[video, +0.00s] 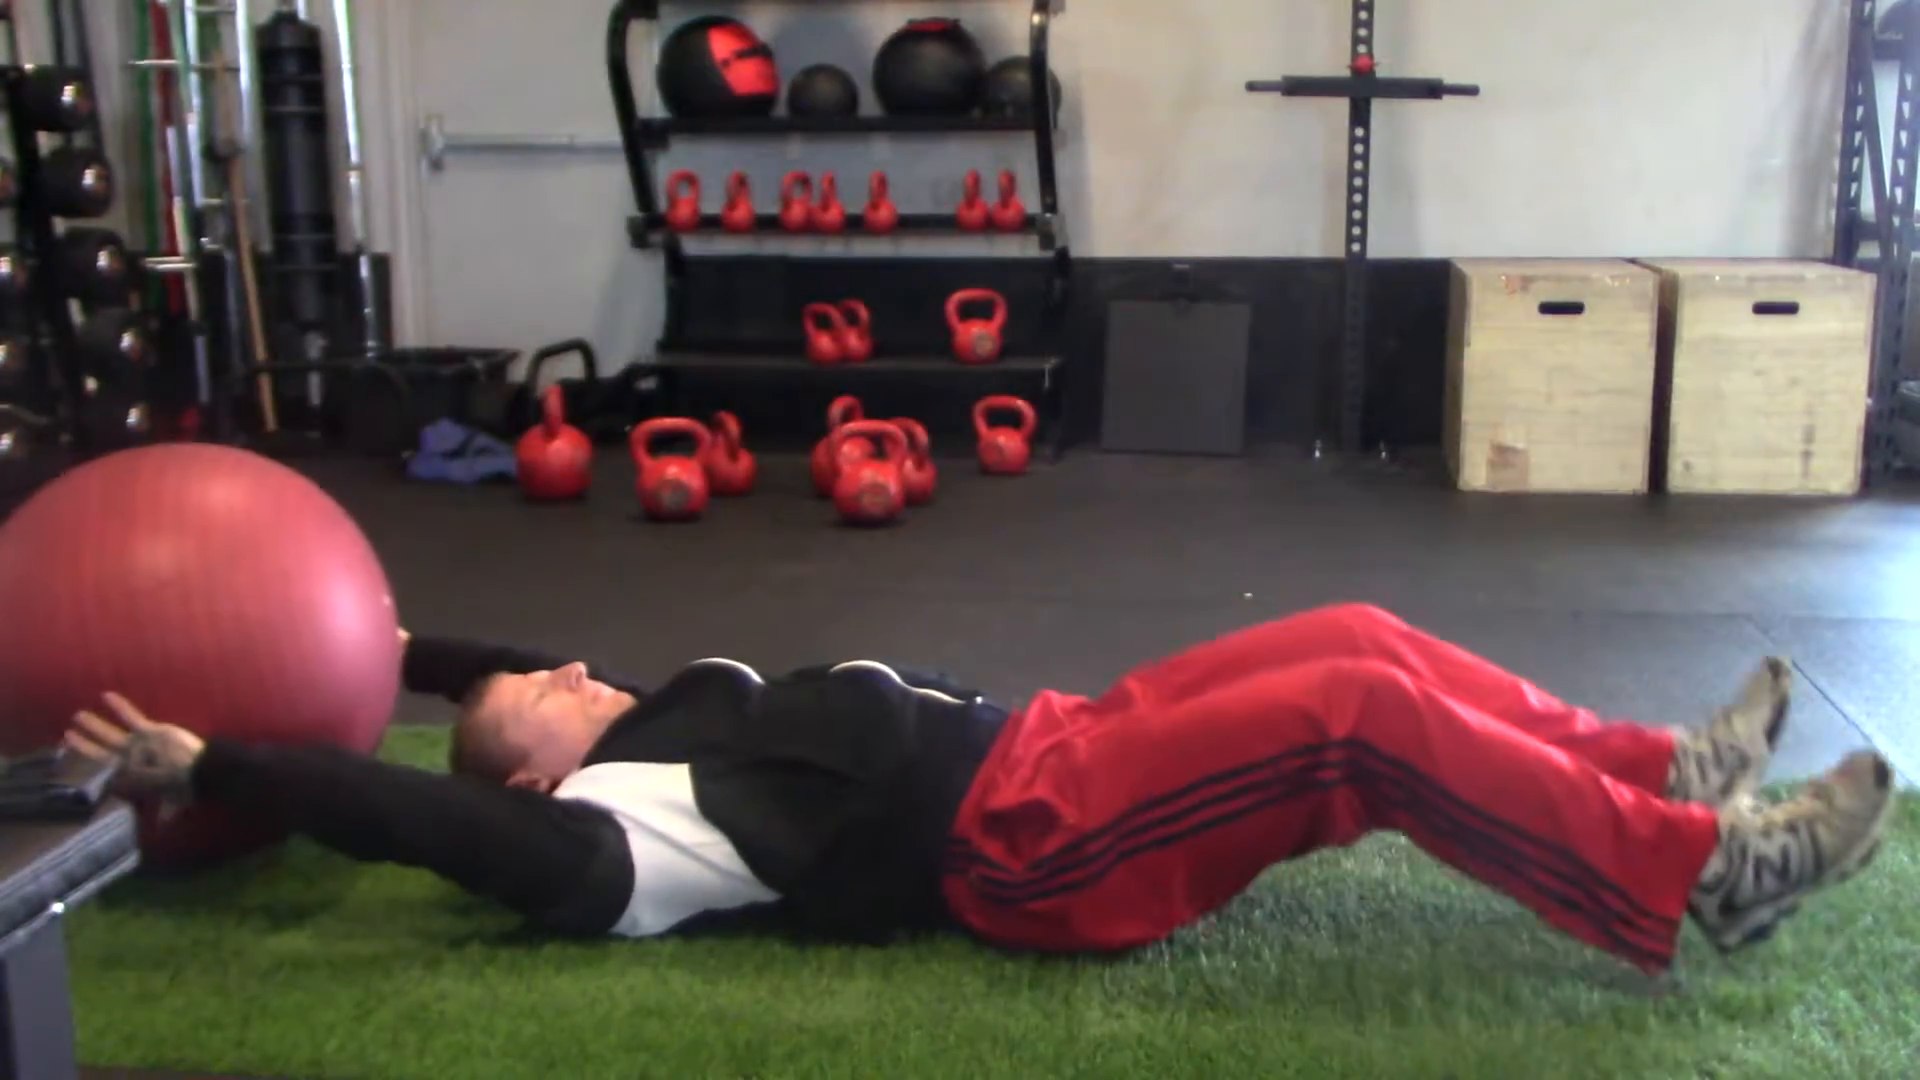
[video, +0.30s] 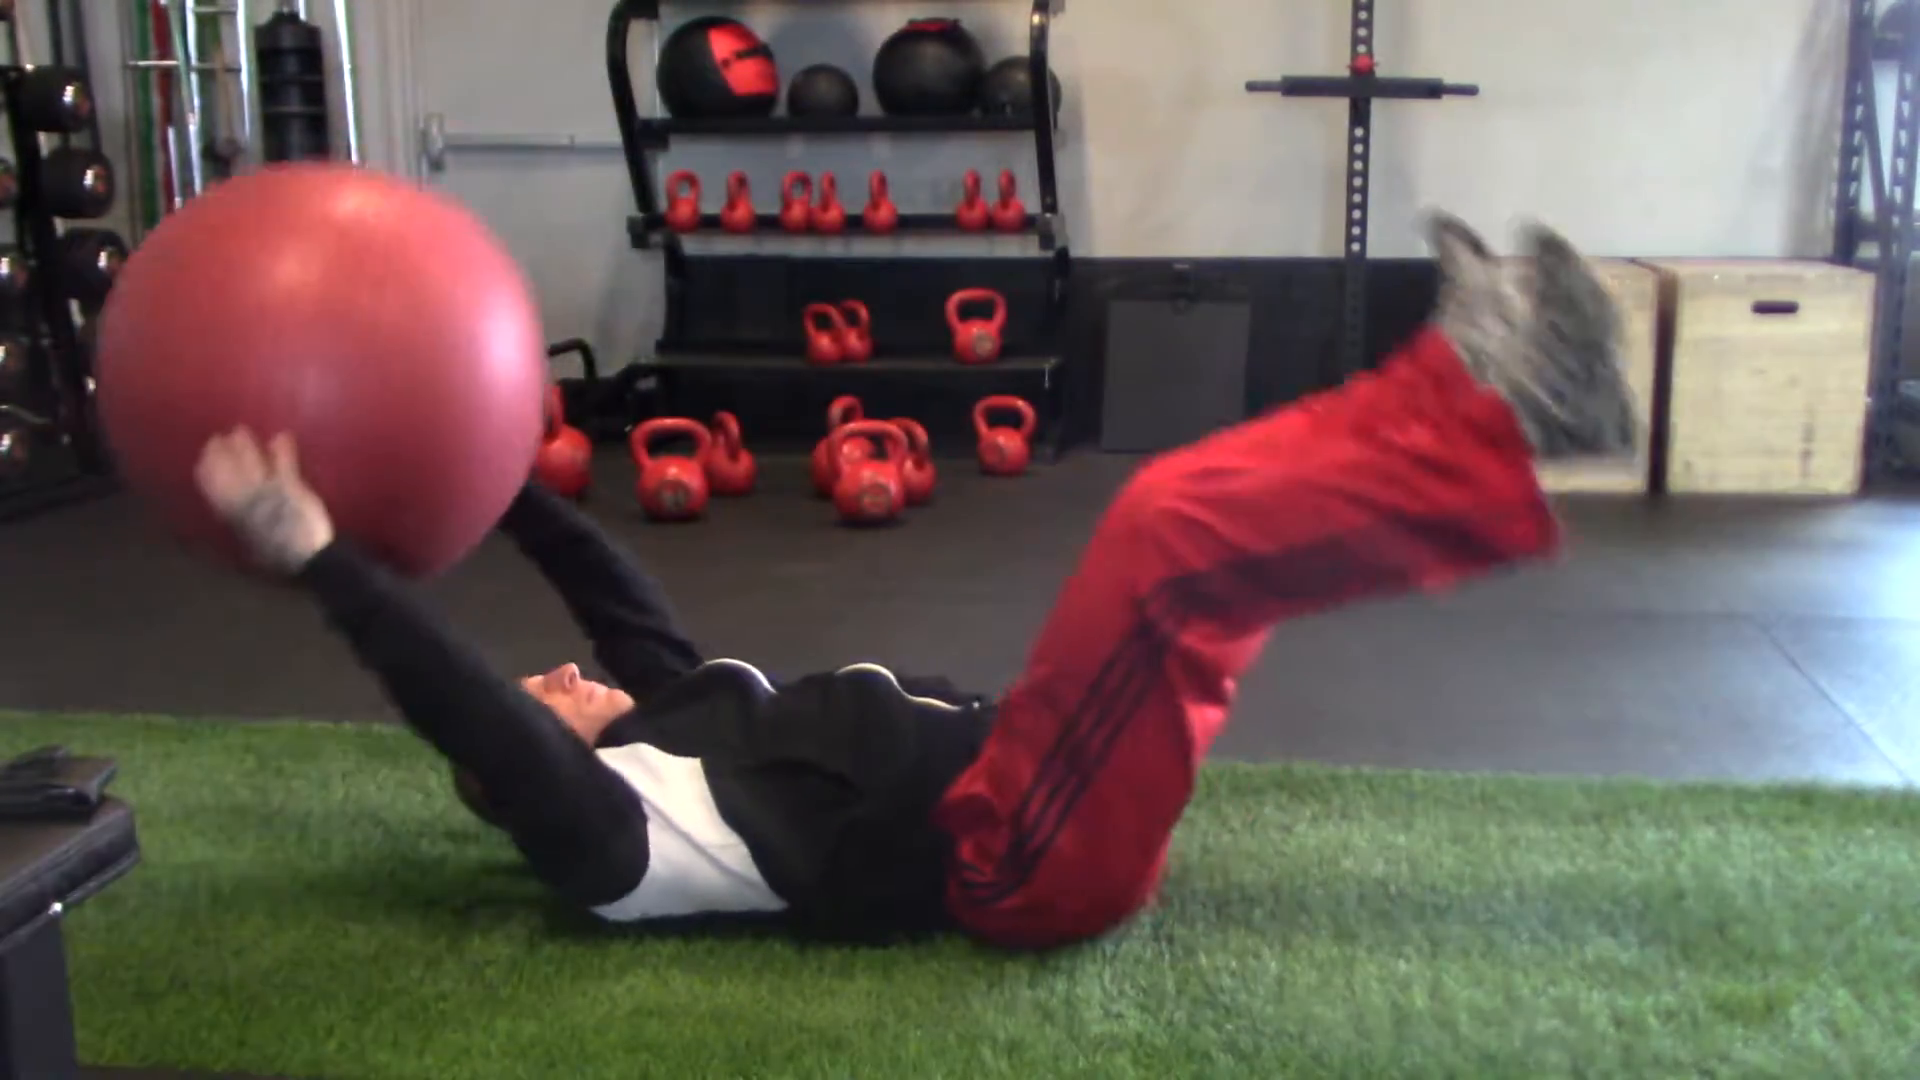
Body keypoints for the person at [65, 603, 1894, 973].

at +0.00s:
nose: (547, 683)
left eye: (534, 675)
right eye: (518, 702)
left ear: (563, 699)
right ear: (508, 776)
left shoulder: (679, 728)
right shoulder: (616, 839)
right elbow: (433, 811)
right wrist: (223, 763)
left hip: (1060, 740)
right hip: (1027, 829)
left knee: (1372, 648)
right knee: (1350, 678)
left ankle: (1669, 789)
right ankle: (1677, 896)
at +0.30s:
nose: (571, 689)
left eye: (569, 679)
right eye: (541, 704)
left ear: (602, 696)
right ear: (528, 764)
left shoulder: (695, 708)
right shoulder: (609, 849)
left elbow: (594, 568)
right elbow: (466, 712)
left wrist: (454, 445)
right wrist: (318, 552)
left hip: (1018, 780)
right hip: (998, 851)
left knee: (1176, 515)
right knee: (1162, 536)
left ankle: (1469, 393)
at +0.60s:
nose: (540, 651)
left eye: (518, 650)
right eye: (511, 671)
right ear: (514, 768)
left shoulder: (707, 690)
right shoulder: (608, 805)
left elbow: (717, 517)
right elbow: (600, 602)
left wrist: (665, 338)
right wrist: (557, 390)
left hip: (1051, 788)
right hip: (988, 835)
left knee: (1018, 506)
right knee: (892, 528)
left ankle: (1066, 233)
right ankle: (1004, 219)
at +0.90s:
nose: (556, 646)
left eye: (533, 651)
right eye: (524, 672)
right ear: (522, 768)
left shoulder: (652, 746)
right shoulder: (610, 787)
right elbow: (650, 581)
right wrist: (638, 385)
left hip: (1049, 754)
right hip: (975, 799)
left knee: (891, 494)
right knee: (788, 549)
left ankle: (810, 250)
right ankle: (704, 229)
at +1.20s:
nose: (539, 669)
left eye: (523, 669)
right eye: (512, 689)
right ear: (510, 781)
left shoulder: (678, 726)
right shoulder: (601, 809)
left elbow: (714, 565)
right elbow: (609, 613)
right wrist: (588, 376)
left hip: (1048, 749)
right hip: (979, 800)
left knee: (890, 484)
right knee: (797, 543)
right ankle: (729, 202)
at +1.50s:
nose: (519, 692)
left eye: (509, 693)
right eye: (490, 712)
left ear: (546, 704)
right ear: (494, 768)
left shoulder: (654, 712)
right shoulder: (584, 845)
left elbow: (575, 608)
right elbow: (416, 742)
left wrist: (458, 521)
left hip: (1036, 785)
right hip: (987, 836)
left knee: (1017, 503)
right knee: (949, 512)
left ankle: (1027, 226)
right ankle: (1007, 205)